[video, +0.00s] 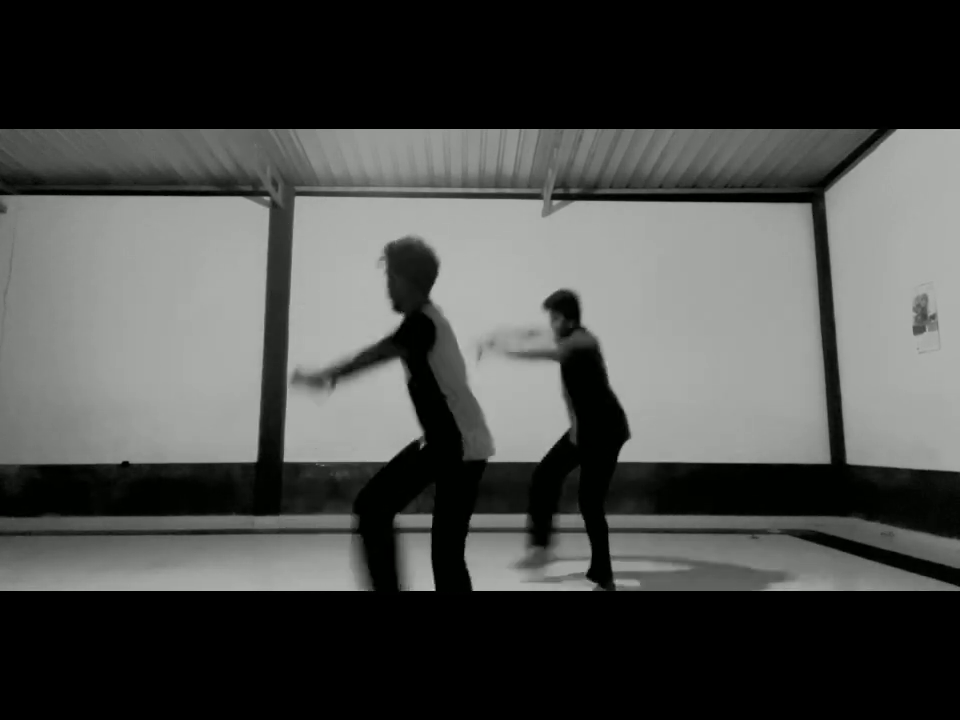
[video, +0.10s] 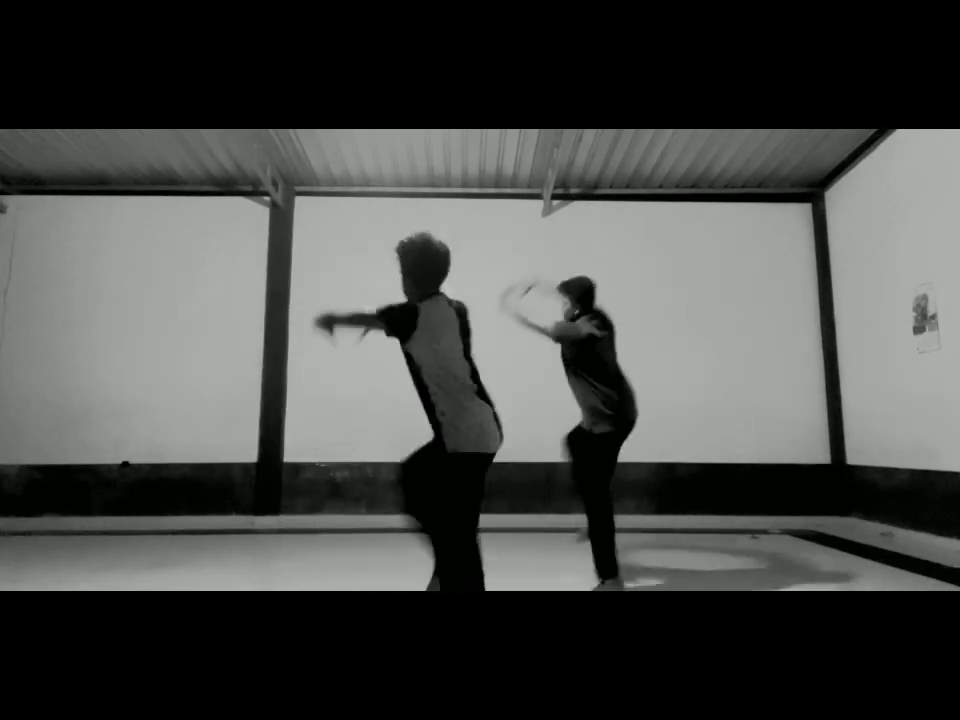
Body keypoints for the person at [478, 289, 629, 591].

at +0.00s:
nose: (550, 324)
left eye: (553, 318)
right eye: (550, 318)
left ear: (566, 318)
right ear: (566, 317)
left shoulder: (580, 342)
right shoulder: (570, 340)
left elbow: (549, 353)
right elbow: (533, 338)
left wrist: (506, 354)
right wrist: (497, 341)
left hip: (604, 432)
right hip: (583, 430)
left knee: (590, 499)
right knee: (545, 475)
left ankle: (602, 573)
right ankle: (539, 548)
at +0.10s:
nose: (562, 305)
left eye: (565, 299)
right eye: (563, 300)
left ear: (573, 301)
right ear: (587, 296)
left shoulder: (587, 325)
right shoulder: (590, 319)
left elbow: (557, 332)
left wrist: (521, 318)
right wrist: (538, 284)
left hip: (609, 418)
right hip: (607, 413)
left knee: (596, 495)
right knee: (575, 442)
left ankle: (609, 577)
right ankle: (595, 520)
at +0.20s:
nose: (576, 303)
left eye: (578, 299)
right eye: (582, 298)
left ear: (579, 303)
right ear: (605, 301)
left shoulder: (572, 331)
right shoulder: (616, 325)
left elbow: (542, 302)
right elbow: (613, 287)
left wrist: (535, 270)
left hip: (601, 428)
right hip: (630, 419)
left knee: (602, 503)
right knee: (618, 443)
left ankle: (621, 577)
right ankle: (628, 494)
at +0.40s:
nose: (621, 308)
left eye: (615, 305)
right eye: (619, 305)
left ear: (596, 316)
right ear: (620, 310)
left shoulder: (588, 341)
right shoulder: (640, 336)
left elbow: (555, 308)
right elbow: (676, 299)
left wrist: (546, 271)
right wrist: (694, 260)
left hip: (612, 433)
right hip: (648, 426)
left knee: (604, 506)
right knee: (704, 446)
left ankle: (621, 580)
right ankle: (707, 517)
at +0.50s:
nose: (637, 310)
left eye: (630, 306)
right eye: (633, 306)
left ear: (609, 319)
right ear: (632, 311)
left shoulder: (600, 346)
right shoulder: (656, 336)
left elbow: (559, 331)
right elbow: (707, 317)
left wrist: (535, 309)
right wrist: (739, 287)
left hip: (626, 434)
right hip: (666, 427)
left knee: (609, 498)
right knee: (721, 472)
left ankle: (615, 574)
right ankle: (751, 546)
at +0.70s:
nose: (652, 343)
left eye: (638, 345)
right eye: (651, 339)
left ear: (632, 353)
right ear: (655, 340)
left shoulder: (633, 389)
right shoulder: (688, 369)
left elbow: (611, 422)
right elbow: (733, 392)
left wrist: (589, 434)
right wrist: (777, 398)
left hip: (658, 464)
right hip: (706, 459)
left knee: (611, 502)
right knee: (750, 508)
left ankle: (610, 581)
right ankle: (760, 580)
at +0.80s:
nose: (644, 352)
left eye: (637, 350)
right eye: (647, 345)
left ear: (637, 355)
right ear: (659, 343)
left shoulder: (641, 392)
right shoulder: (693, 369)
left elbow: (637, 435)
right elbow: (709, 403)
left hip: (675, 461)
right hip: (720, 457)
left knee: (619, 501)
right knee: (753, 509)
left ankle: (613, 578)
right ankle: (761, 577)